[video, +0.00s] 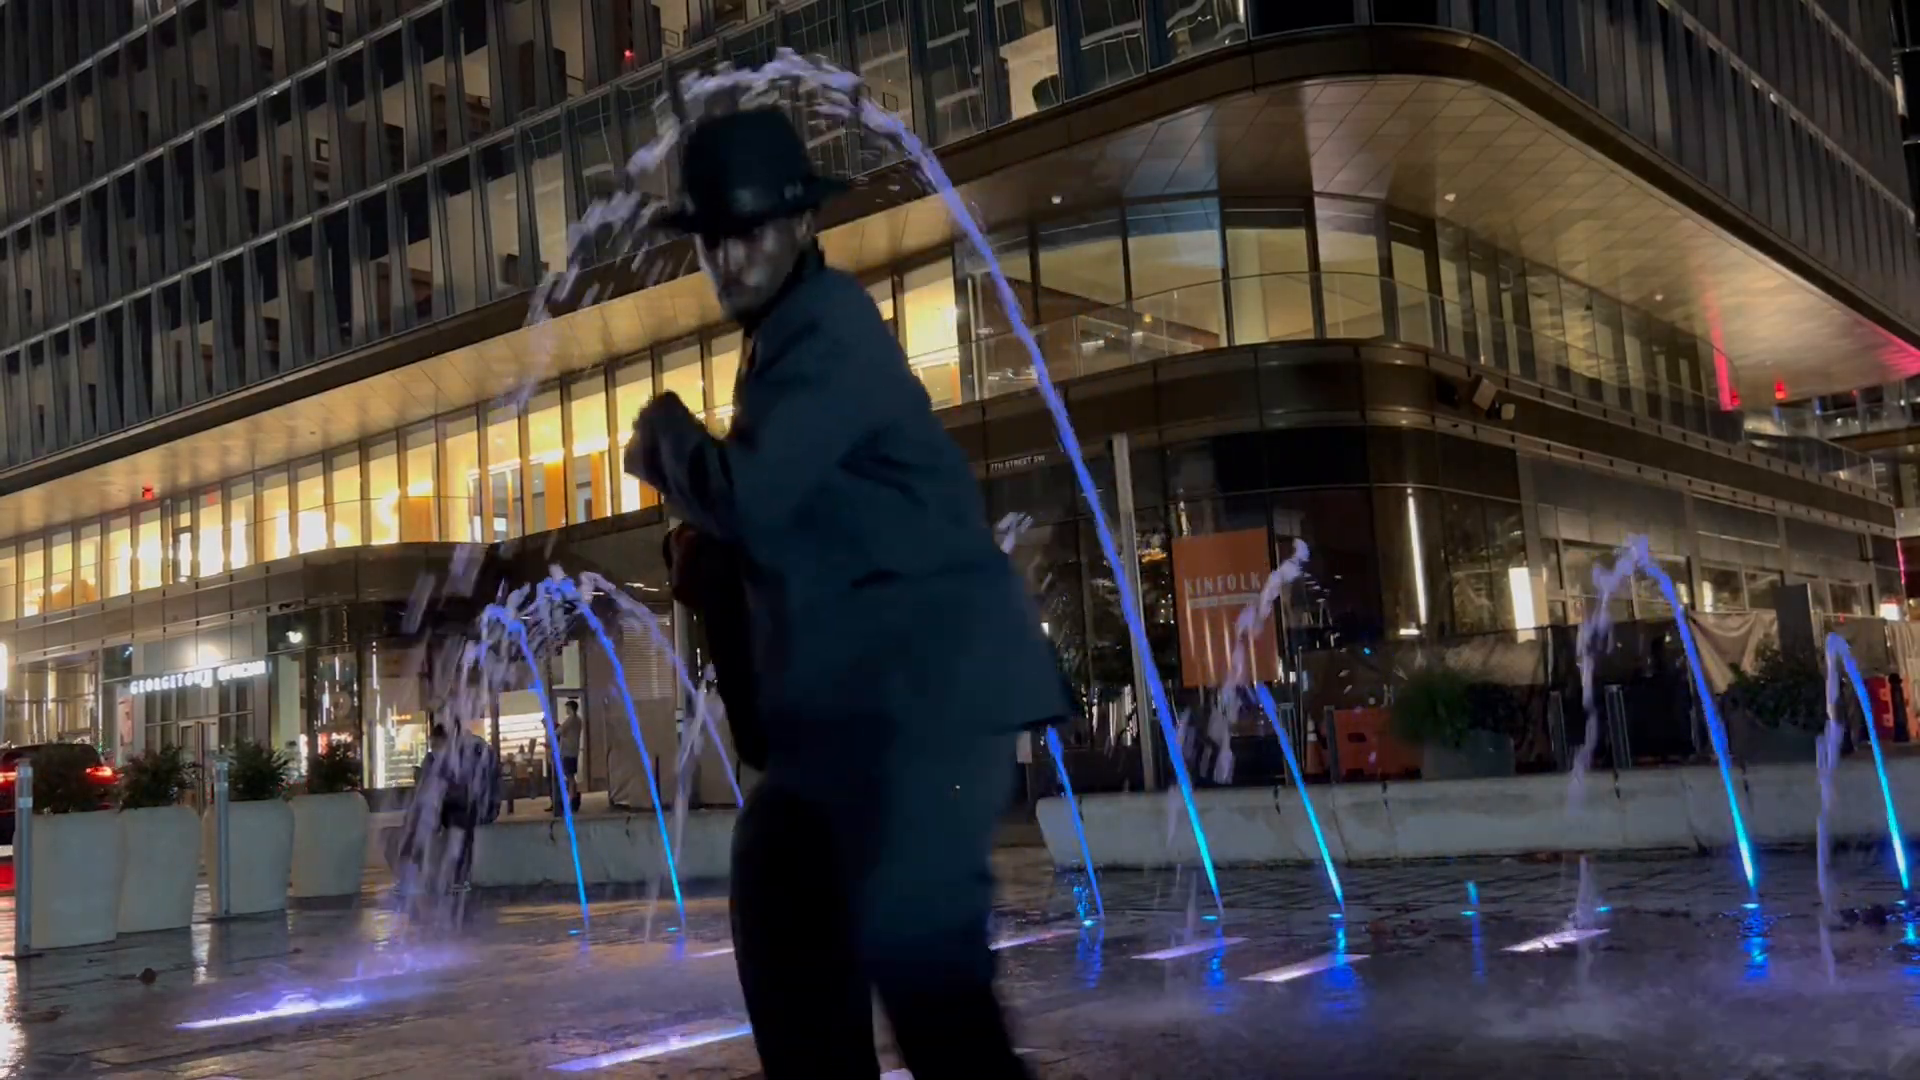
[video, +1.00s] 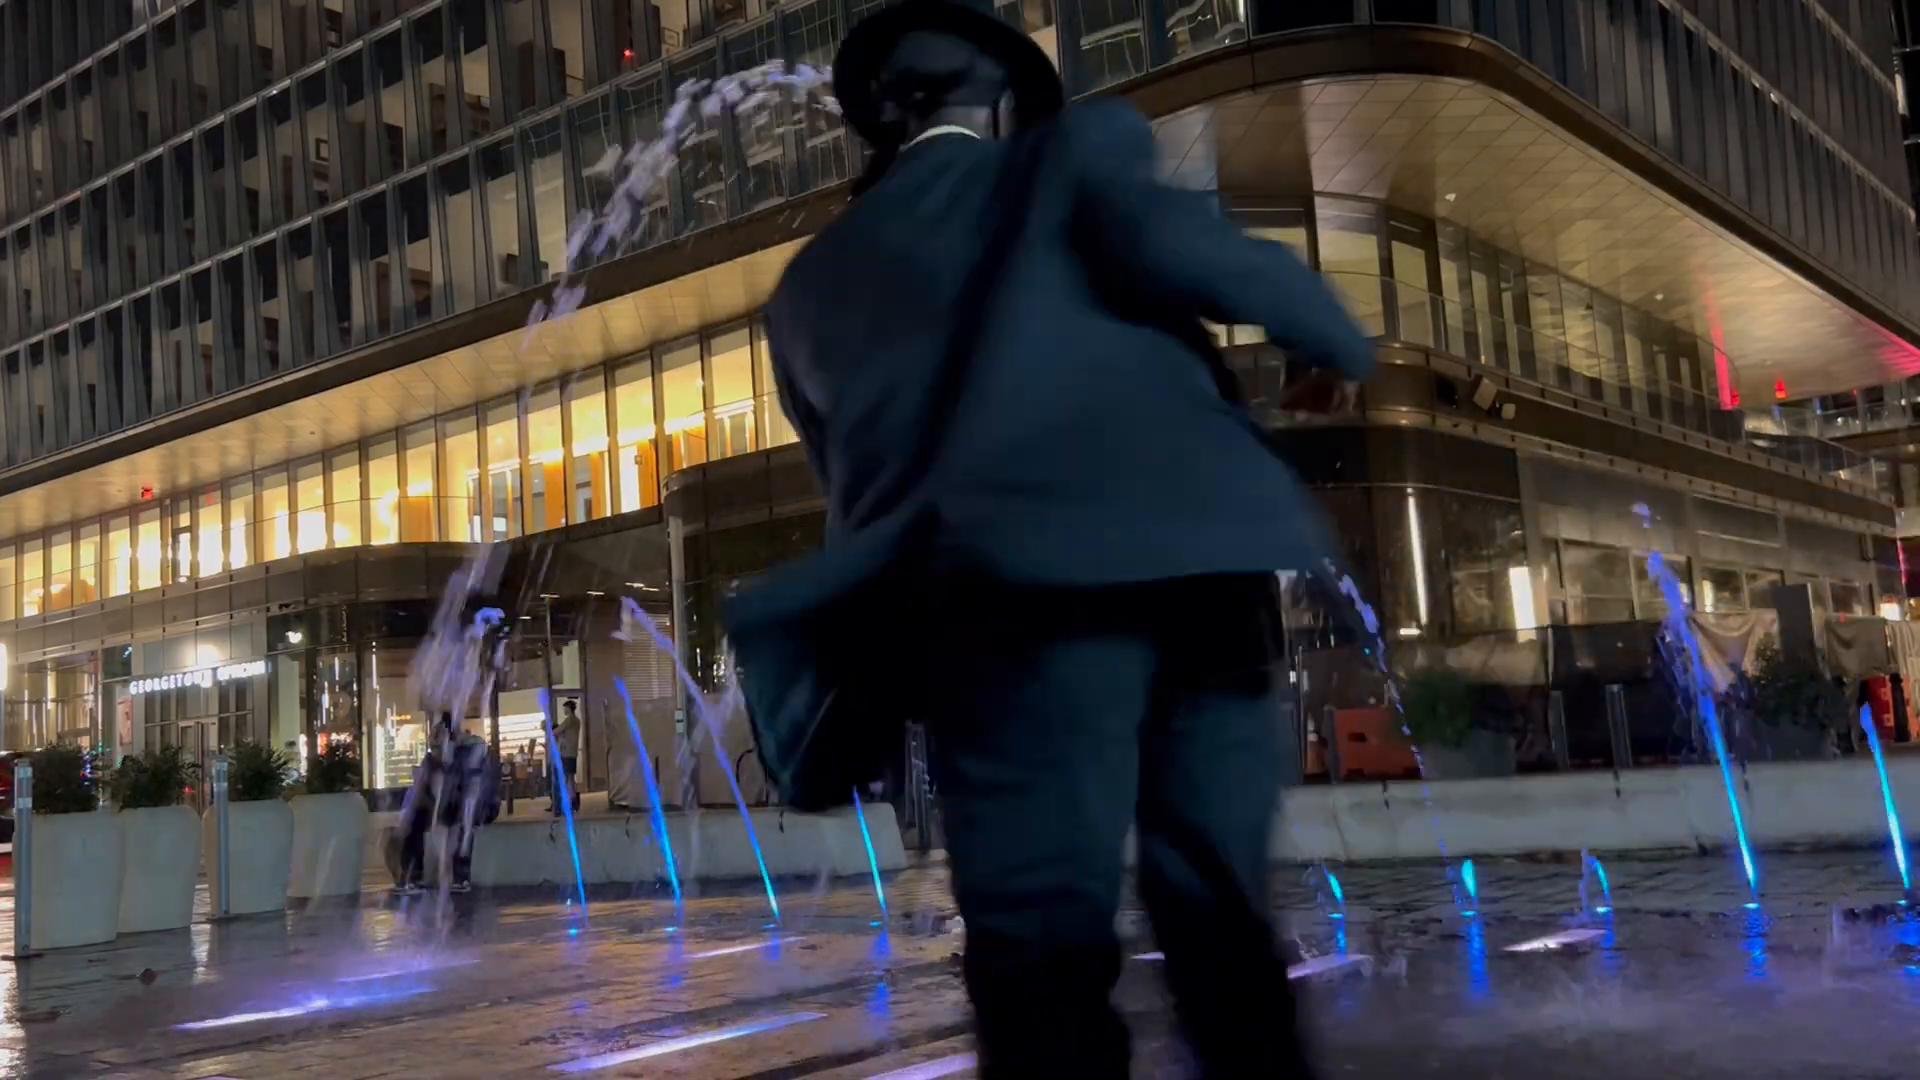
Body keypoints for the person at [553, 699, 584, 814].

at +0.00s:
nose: (566, 710)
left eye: (567, 708)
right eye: (566, 708)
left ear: (570, 708)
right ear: (575, 708)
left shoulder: (570, 720)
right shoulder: (578, 720)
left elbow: (560, 731)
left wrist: (553, 732)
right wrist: (559, 728)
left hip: (567, 752)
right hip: (573, 752)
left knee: (569, 777)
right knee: (571, 777)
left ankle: (572, 798)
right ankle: (573, 797)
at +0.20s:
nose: (566, 710)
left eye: (567, 708)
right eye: (566, 708)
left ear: (570, 709)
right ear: (574, 709)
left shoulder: (570, 720)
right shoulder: (577, 720)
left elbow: (560, 730)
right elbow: (565, 730)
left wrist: (552, 731)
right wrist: (557, 728)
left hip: (567, 752)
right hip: (573, 752)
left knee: (569, 777)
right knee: (571, 777)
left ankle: (572, 798)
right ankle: (574, 797)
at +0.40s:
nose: (565, 710)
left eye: (566, 708)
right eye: (565, 708)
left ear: (569, 709)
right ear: (574, 708)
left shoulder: (570, 720)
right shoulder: (577, 720)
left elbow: (559, 730)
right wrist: (557, 727)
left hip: (566, 753)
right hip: (573, 752)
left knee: (565, 777)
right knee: (571, 777)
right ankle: (574, 799)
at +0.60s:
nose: (564, 710)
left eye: (566, 708)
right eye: (565, 708)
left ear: (569, 709)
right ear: (573, 709)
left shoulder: (570, 720)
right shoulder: (576, 720)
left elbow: (558, 730)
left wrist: (550, 731)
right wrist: (558, 730)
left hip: (567, 753)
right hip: (572, 753)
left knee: (569, 779)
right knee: (571, 779)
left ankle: (571, 801)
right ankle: (573, 800)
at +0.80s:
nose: (564, 711)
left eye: (565, 708)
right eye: (564, 708)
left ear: (569, 708)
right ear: (572, 709)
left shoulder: (569, 719)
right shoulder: (575, 719)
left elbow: (557, 731)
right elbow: (566, 732)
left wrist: (552, 731)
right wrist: (557, 730)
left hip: (564, 753)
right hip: (571, 753)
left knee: (568, 779)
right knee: (570, 778)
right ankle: (573, 800)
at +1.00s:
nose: (564, 711)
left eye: (565, 708)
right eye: (564, 708)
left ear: (569, 709)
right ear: (572, 709)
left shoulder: (569, 720)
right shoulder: (576, 720)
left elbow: (557, 731)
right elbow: (566, 733)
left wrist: (550, 732)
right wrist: (557, 732)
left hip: (566, 754)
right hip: (572, 754)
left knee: (567, 780)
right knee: (571, 779)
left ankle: (571, 801)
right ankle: (574, 801)